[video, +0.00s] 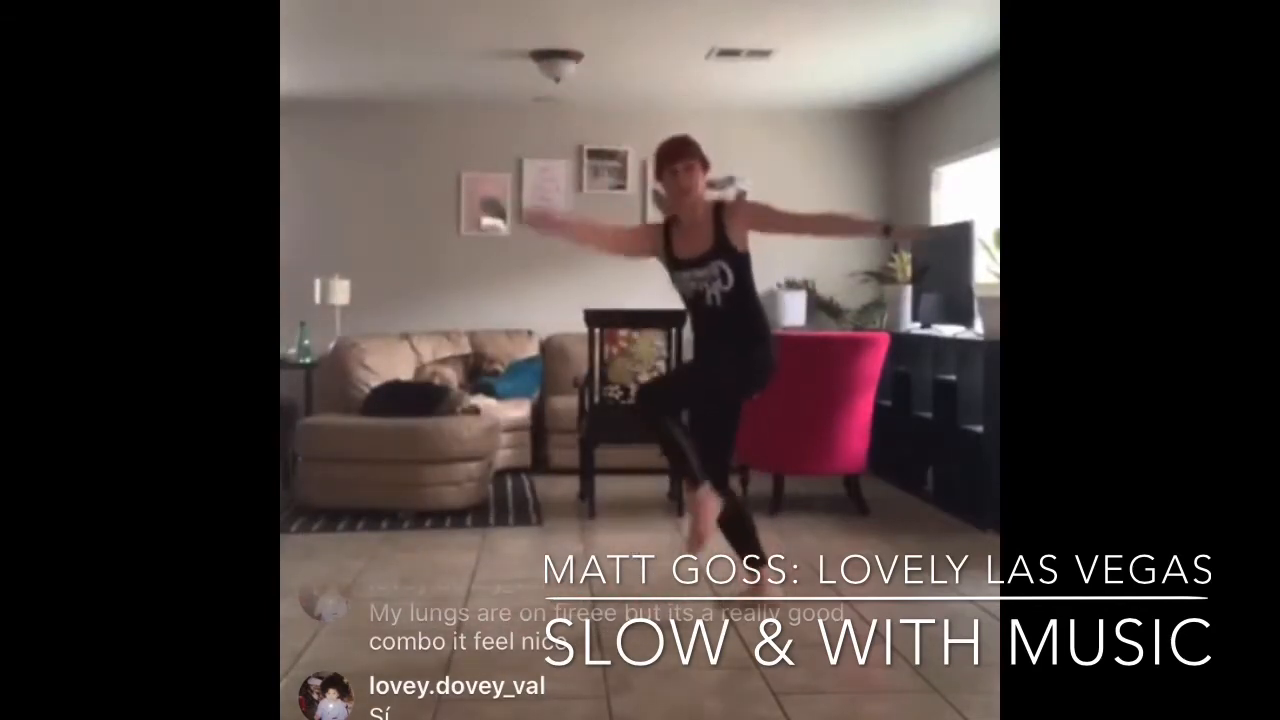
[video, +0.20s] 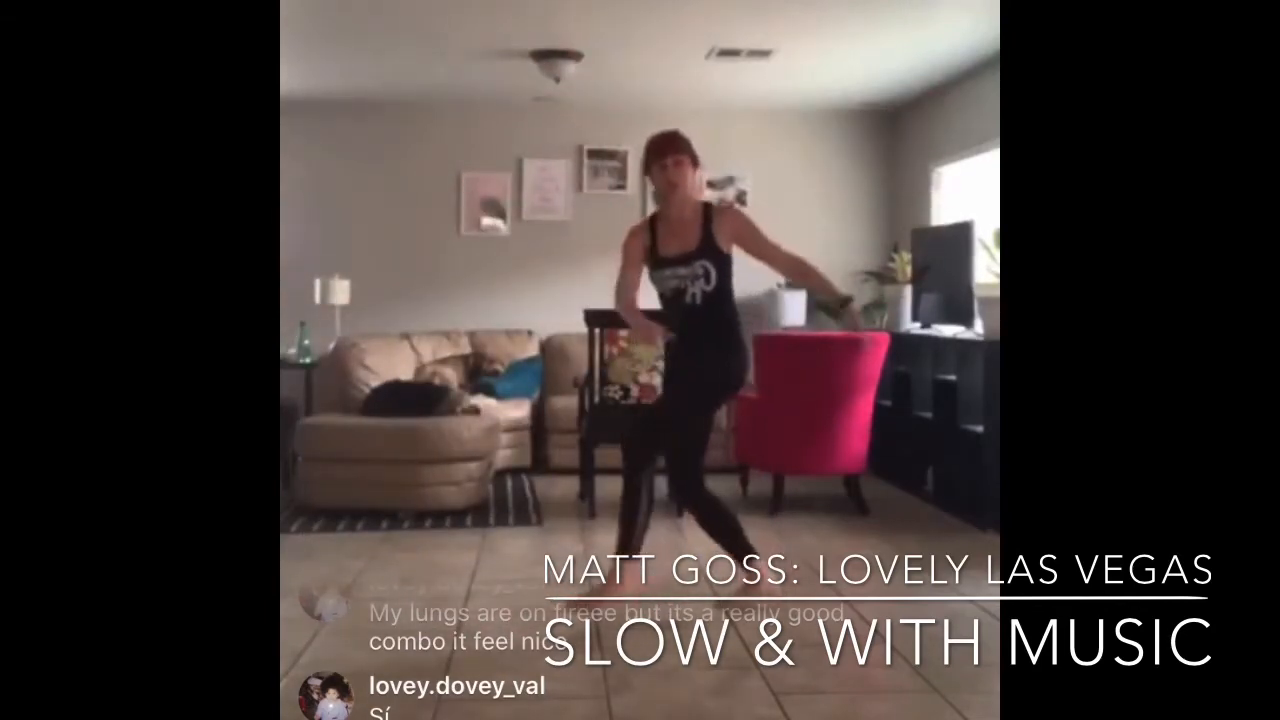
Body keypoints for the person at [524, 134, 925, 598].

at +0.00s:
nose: (683, 179)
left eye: (689, 168)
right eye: (672, 172)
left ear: (705, 173)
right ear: (661, 182)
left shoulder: (735, 217)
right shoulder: (660, 236)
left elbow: (810, 224)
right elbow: (604, 238)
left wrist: (881, 229)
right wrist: (550, 223)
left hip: (749, 354)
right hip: (709, 358)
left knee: (655, 397)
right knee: (713, 476)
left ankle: (700, 491)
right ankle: (759, 571)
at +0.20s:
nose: (669, 172)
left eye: (677, 163)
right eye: (660, 166)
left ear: (695, 170)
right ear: (650, 178)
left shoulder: (723, 220)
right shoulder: (642, 236)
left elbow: (787, 264)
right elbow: (624, 300)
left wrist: (841, 303)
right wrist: (647, 325)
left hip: (723, 354)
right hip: (681, 356)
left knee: (639, 439)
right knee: (686, 485)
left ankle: (625, 569)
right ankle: (755, 570)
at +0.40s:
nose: (648, 170)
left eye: (656, 162)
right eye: (639, 164)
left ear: (673, 169)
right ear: (628, 174)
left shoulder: (698, 231)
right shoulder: (612, 233)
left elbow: (767, 280)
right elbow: (579, 291)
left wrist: (759, 312)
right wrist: (626, 311)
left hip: (685, 367)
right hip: (647, 369)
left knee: (613, 473)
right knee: (658, 496)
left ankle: (627, 599)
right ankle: (743, 561)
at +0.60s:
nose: (601, 171)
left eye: (610, 161)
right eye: (598, 163)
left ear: (640, 167)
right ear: (600, 172)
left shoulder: (657, 225)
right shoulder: (603, 231)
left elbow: (617, 281)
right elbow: (556, 266)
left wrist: (544, 285)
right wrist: (523, 282)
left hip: (664, 368)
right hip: (645, 368)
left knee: (593, 480)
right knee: (656, 485)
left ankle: (625, 598)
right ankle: (737, 560)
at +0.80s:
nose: (583, 165)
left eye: (583, 158)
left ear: (586, 161)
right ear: (630, 160)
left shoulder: (570, 216)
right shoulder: (649, 215)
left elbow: (528, 279)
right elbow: (633, 264)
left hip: (605, 356)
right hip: (662, 352)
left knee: (594, 482)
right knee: (681, 470)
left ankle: (611, 600)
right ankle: (721, 574)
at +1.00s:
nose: (623, 151)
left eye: (619, 141)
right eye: (614, 143)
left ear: (577, 157)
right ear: (591, 153)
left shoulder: (560, 213)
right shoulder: (621, 203)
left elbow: (613, 257)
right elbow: (695, 240)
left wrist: (673, 270)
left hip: (558, 354)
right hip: (598, 354)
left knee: (599, 478)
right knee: (644, 472)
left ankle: (564, 597)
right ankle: (697, 584)